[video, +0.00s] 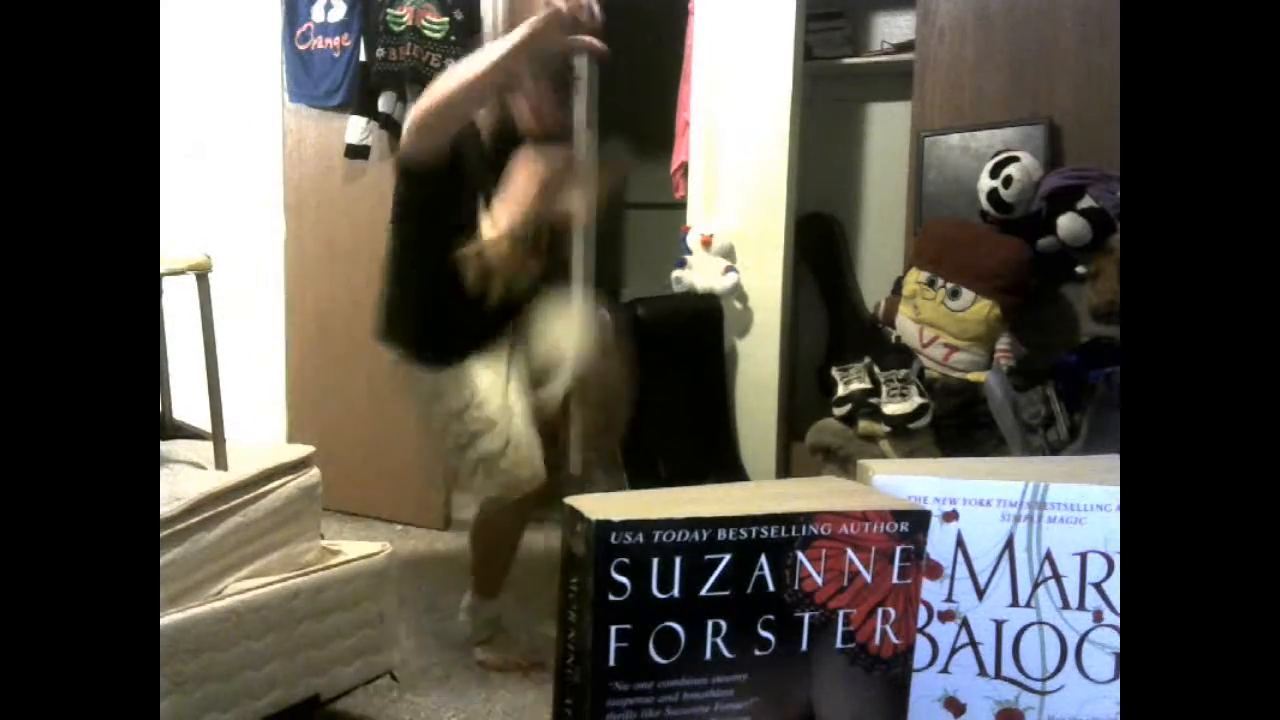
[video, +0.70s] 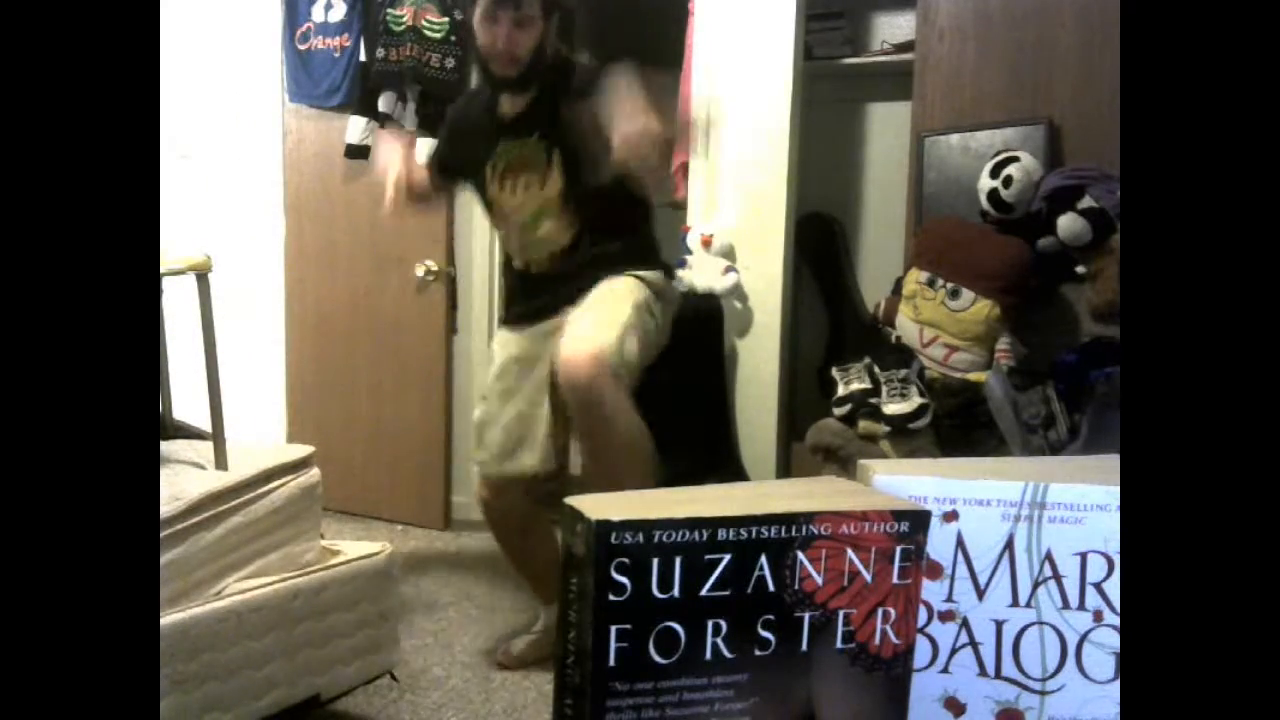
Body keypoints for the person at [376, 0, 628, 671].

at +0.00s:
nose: (560, 99)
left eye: (566, 85)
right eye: (549, 82)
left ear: (568, 88)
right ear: (511, 76)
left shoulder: (530, 144)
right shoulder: (439, 146)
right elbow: (425, 120)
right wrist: (525, 35)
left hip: (522, 309)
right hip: (448, 339)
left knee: (590, 345)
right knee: (517, 480)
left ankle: (587, 474)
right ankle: (482, 619)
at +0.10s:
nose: (544, 78)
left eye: (551, 66)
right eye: (534, 64)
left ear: (553, 68)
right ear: (503, 57)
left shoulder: (534, 119)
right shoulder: (430, 117)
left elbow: (619, 127)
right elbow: (420, 110)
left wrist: (594, 61)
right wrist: (535, 30)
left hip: (538, 295)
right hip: (468, 322)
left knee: (602, 265)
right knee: (513, 482)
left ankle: (630, 445)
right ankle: (497, 617)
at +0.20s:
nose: (509, 22)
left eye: (519, 10)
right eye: (494, 11)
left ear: (537, 11)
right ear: (464, 12)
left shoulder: (554, 63)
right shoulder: (425, 73)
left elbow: (657, 15)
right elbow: (462, 97)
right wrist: (586, 48)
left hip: (560, 262)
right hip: (485, 299)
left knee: (576, 173)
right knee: (500, 475)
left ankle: (630, 339)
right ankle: (534, 594)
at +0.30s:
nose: (503, 28)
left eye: (515, 13)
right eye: (488, 13)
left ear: (537, 11)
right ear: (463, 12)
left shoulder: (568, 68)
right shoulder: (435, 82)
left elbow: (676, 73)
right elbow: (475, 158)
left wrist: (596, 32)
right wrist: (586, 132)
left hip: (585, 261)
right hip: (503, 283)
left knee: (552, 159)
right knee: (518, 477)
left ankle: (619, 328)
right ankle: (556, 606)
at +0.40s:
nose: (507, 40)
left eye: (521, 22)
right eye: (491, 23)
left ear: (541, 21)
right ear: (464, 27)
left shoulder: (569, 79)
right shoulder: (451, 100)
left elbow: (653, 115)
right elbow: (458, 199)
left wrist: (592, 47)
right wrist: (545, 164)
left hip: (591, 260)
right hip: (511, 293)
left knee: (555, 172)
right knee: (514, 491)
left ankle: (607, 357)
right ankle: (558, 607)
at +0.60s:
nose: (510, 54)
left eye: (524, 38)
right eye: (495, 39)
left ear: (544, 40)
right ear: (470, 42)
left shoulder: (573, 112)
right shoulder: (460, 134)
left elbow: (639, 181)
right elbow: (444, 227)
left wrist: (597, 222)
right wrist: (419, 236)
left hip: (611, 293)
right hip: (520, 315)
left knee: (581, 289)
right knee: (492, 496)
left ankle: (588, 475)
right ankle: (559, 607)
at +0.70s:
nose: (505, 38)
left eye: (521, 22)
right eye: (492, 20)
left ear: (546, 26)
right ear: (472, 25)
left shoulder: (585, 84)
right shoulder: (471, 116)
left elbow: (643, 151)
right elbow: (425, 194)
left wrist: (635, 131)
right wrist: (403, 162)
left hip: (618, 274)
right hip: (530, 309)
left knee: (583, 364)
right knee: (504, 498)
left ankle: (642, 556)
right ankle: (566, 609)